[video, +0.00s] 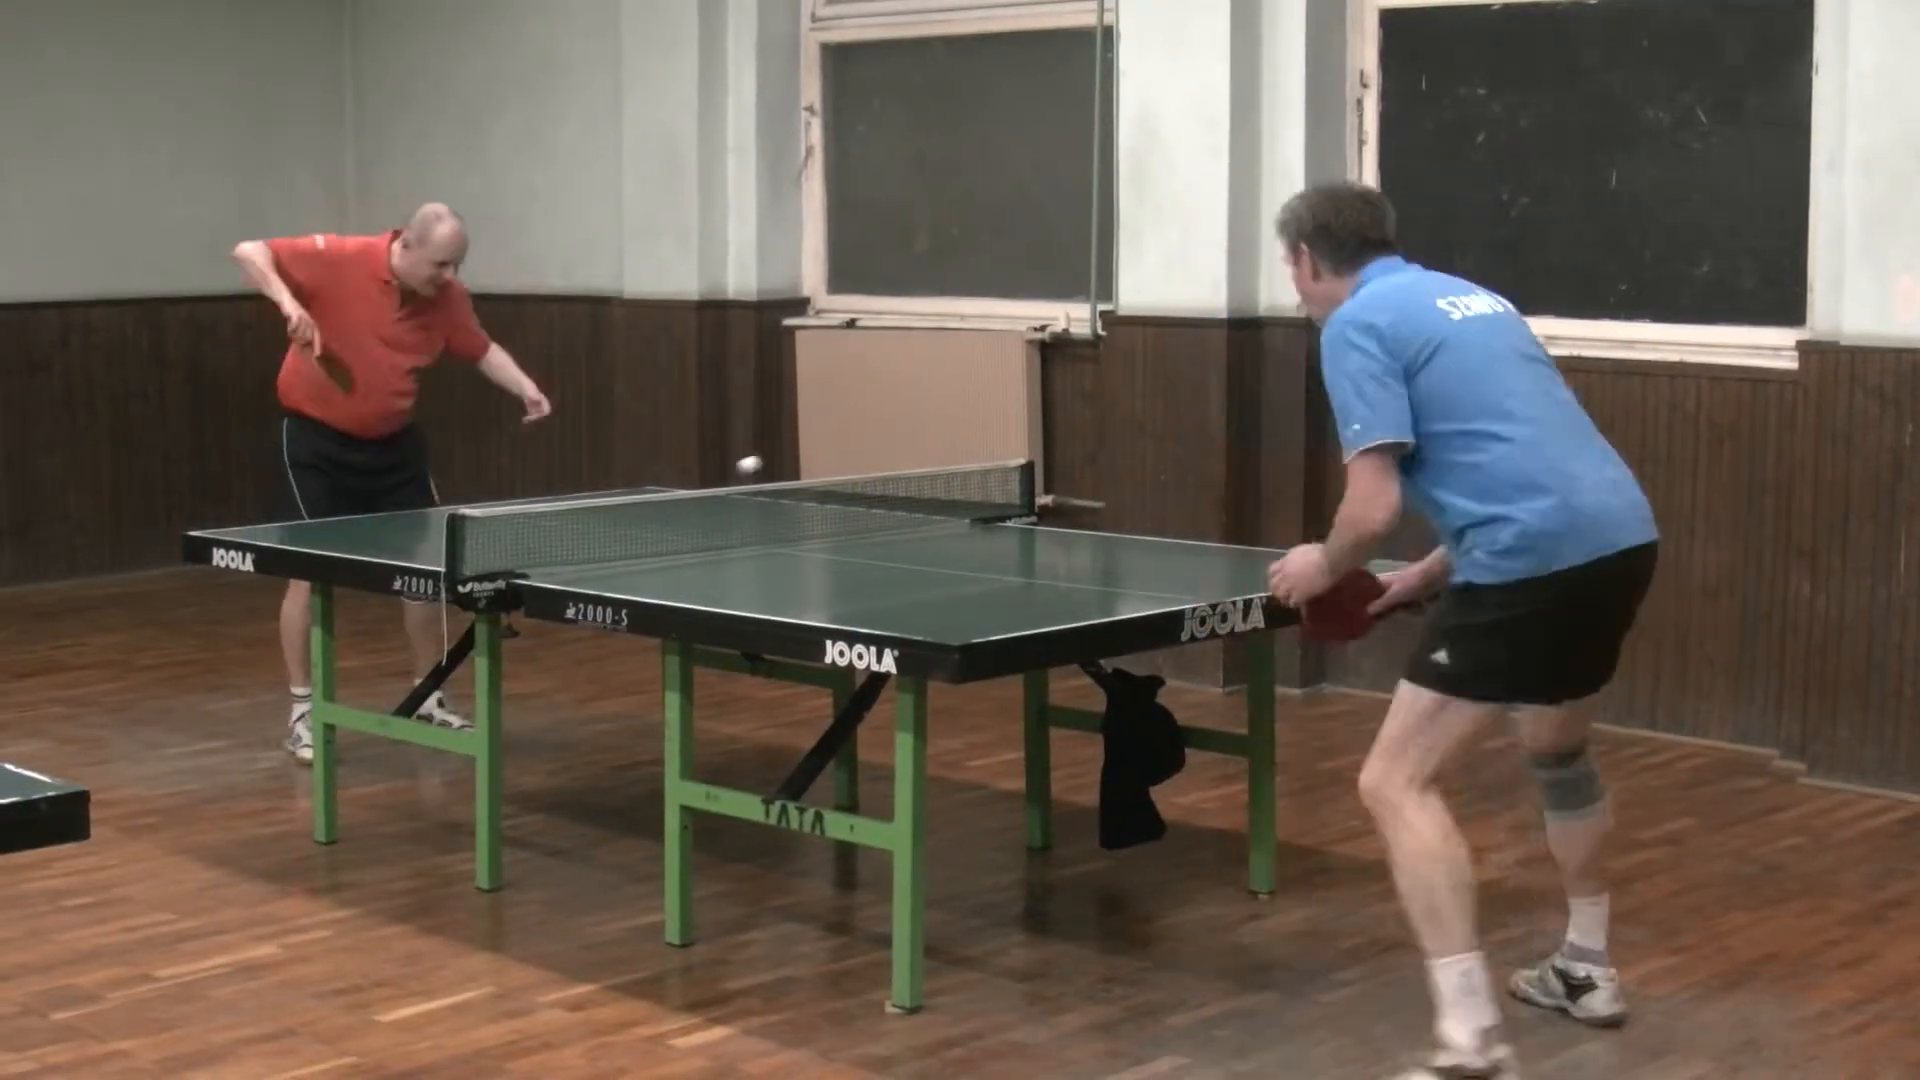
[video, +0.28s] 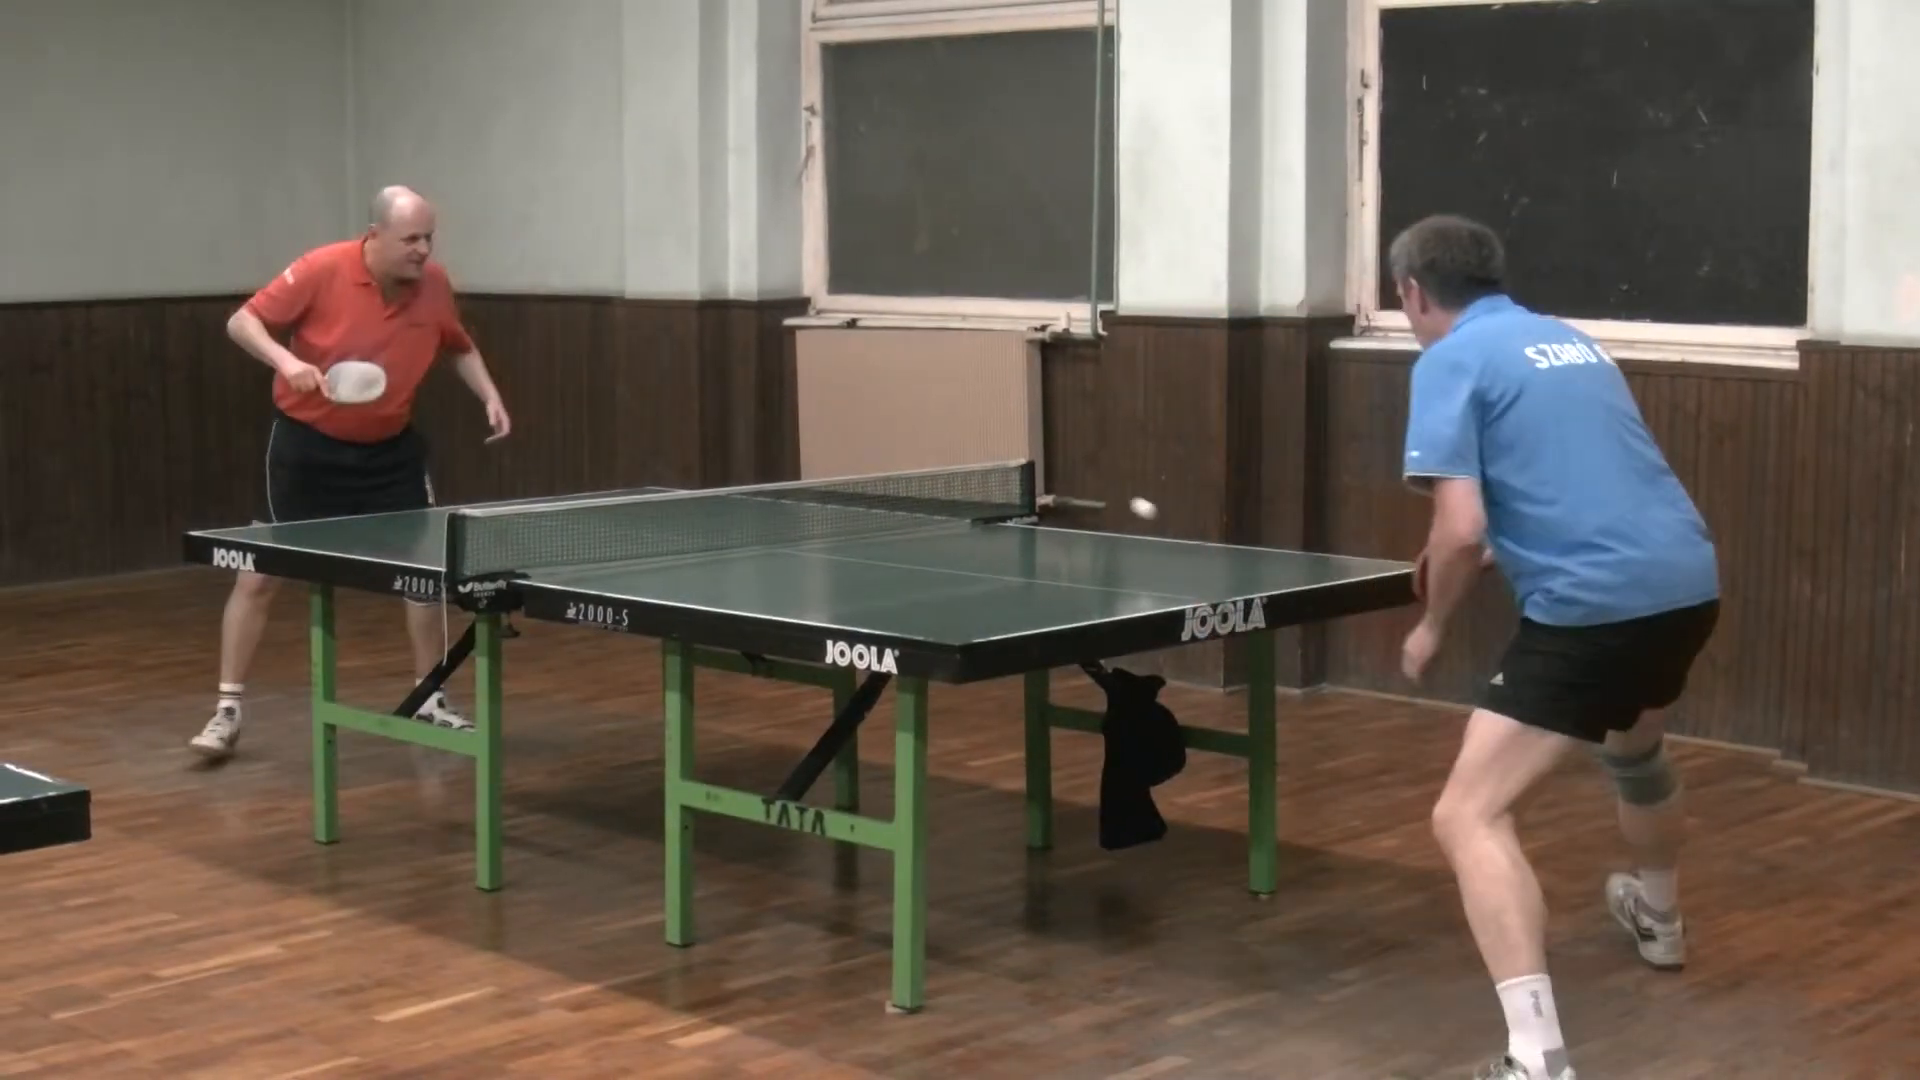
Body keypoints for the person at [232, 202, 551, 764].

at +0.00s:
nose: (445, 279)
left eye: (451, 269)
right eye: (437, 266)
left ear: (456, 262)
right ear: (402, 246)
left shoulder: (448, 298)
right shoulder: (344, 258)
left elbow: (483, 350)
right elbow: (249, 252)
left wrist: (527, 388)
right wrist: (289, 304)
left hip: (393, 442)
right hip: (318, 436)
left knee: (423, 571)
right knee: (310, 572)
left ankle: (428, 702)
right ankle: (303, 708)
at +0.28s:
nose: (425, 248)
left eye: (429, 238)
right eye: (413, 239)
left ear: (430, 236)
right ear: (376, 236)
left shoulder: (434, 285)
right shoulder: (322, 269)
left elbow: (458, 345)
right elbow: (242, 322)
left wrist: (490, 394)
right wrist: (286, 361)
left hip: (391, 451)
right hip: (306, 448)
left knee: (426, 575)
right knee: (261, 574)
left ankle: (428, 701)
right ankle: (227, 706)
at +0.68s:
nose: (347, 256)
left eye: (351, 244)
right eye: (334, 247)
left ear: (354, 242)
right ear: (298, 250)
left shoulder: (371, 289)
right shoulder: (260, 299)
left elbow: (404, 352)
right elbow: (226, 392)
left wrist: (419, 402)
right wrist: (279, 434)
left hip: (360, 458)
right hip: (273, 461)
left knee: (415, 574)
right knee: (233, 576)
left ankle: (434, 698)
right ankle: (218, 716)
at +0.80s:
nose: (317, 267)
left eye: (323, 254)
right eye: (304, 258)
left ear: (333, 250)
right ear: (276, 261)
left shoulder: (366, 298)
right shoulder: (244, 310)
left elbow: (406, 362)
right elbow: (205, 386)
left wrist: (428, 429)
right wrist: (198, 433)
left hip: (359, 467)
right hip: (270, 471)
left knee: (415, 580)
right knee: (224, 579)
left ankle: (436, 696)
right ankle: (213, 716)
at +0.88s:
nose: (285, 273)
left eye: (294, 260)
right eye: (272, 263)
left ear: (309, 257)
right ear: (251, 265)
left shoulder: (347, 300)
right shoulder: (226, 315)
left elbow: (401, 363)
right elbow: (166, 386)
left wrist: (427, 431)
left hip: (352, 470)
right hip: (261, 473)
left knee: (413, 583)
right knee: (215, 577)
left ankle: (439, 697)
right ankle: (211, 721)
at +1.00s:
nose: (232, 289)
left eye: (243, 276)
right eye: (221, 279)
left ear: (264, 270)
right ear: (207, 278)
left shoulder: (308, 308)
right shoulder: (189, 334)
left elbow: (365, 358)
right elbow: (121, 385)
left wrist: (406, 423)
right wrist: (50, 417)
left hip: (336, 466)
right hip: (244, 474)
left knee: (405, 577)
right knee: (203, 580)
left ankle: (445, 685)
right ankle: (208, 722)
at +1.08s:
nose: (206, 318)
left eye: (216, 304)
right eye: (194, 308)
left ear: (238, 296)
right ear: (179, 307)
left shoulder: (280, 315)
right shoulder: (172, 345)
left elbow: (342, 358)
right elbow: (133, 399)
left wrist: (391, 417)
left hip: (315, 458)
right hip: (228, 470)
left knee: (388, 564)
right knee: (193, 580)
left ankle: (452, 677)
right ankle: (206, 722)